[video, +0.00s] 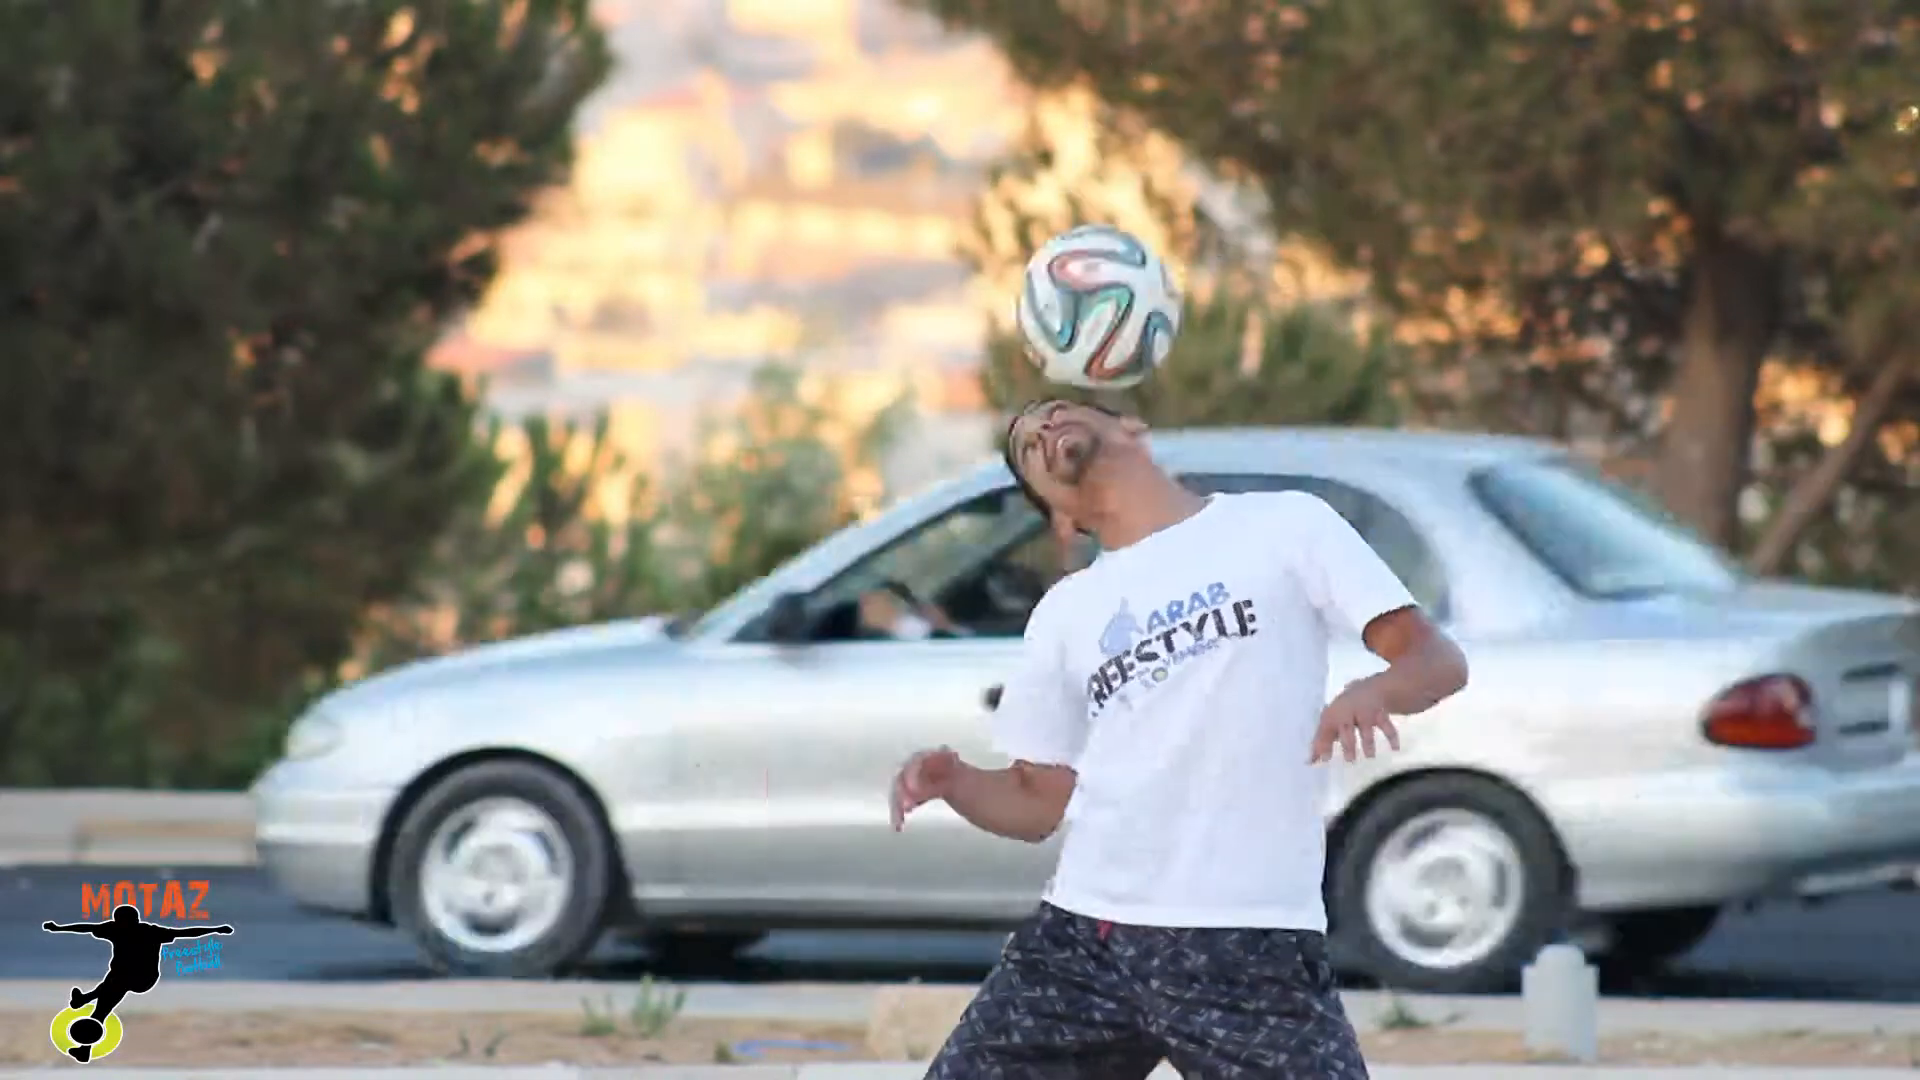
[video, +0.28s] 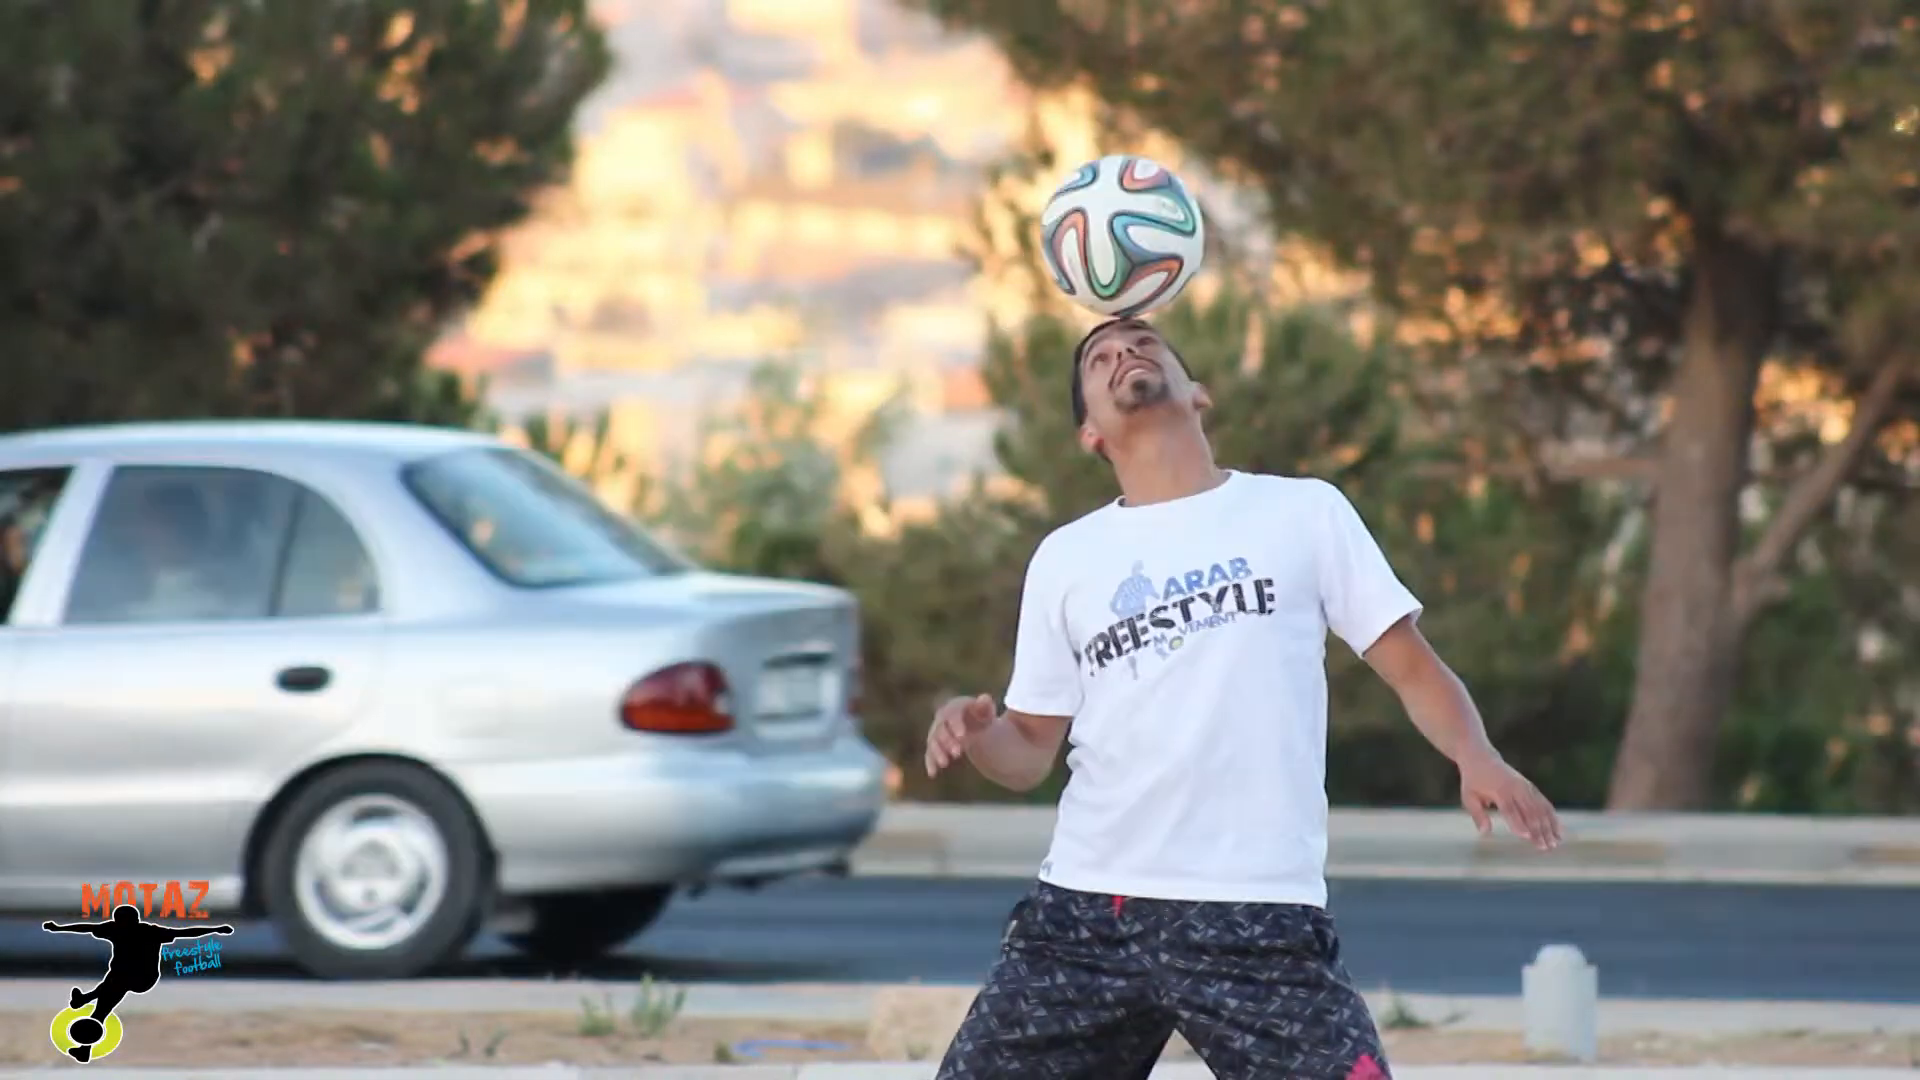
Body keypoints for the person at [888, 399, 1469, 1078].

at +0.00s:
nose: (1046, 433)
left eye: (1061, 416)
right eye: (1029, 450)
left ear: (1134, 430)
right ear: (1064, 514)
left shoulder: (1286, 522)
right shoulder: (1065, 612)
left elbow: (1439, 659)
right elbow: (1037, 805)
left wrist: (1377, 689)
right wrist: (955, 779)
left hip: (1250, 960)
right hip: (1076, 953)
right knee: (958, 1070)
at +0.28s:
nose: (1128, 348)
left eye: (1147, 343)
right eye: (1102, 358)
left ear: (1199, 397)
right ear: (1091, 437)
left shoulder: (1307, 511)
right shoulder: (1062, 557)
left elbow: (1411, 664)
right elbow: (1028, 756)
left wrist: (1476, 756)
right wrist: (983, 733)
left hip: (1259, 934)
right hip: (1080, 928)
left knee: (1352, 1068)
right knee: (974, 1069)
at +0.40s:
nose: (1219, 338)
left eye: (1249, 339)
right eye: (1198, 338)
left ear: (1280, 410)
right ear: (1163, 399)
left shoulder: (1318, 553)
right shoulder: (1072, 504)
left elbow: (1375, 741)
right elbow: (949, 652)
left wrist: (1470, 824)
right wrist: (971, 656)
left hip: (1235, 935)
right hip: (1052, 921)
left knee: (1338, 1067)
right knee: (948, 1066)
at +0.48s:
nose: (1256, 355)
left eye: (1287, 359)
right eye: (1239, 352)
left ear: (1311, 433)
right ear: (1200, 412)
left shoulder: (1323, 586)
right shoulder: (1089, 497)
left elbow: (1340, 773)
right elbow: (935, 628)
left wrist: (1449, 871)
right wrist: (979, 634)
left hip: (1219, 946)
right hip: (1033, 930)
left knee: (1333, 1070)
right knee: (931, 1067)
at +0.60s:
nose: (1331, 474)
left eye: (1365, 494)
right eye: (1338, 461)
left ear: (1347, 570)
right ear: (1291, 474)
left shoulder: (1298, 672)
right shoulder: (1115, 508)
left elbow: (1270, 823)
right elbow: (942, 589)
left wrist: (1394, 940)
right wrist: (993, 643)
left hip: (1174, 967)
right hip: (987, 947)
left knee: (1296, 1072)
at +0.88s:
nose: (1293, 376)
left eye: (1332, 388)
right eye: (1298, 366)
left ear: (1342, 466)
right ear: (1257, 395)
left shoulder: (1326, 615)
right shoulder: (1111, 476)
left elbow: (1354, 792)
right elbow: (1006, 588)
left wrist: (1440, 880)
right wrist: (954, 653)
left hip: (1215, 933)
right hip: (1039, 913)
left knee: (1325, 1073)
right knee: (944, 1072)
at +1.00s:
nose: (1250, 309)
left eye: (1285, 307)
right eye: (1237, 303)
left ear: (1318, 379)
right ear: (1210, 351)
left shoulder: (1357, 520)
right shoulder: (1117, 479)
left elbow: (1428, 704)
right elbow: (1052, 635)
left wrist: (1423, 728)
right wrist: (976, 676)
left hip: (1287, 897)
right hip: (1113, 891)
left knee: (1382, 1069)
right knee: (1034, 1068)